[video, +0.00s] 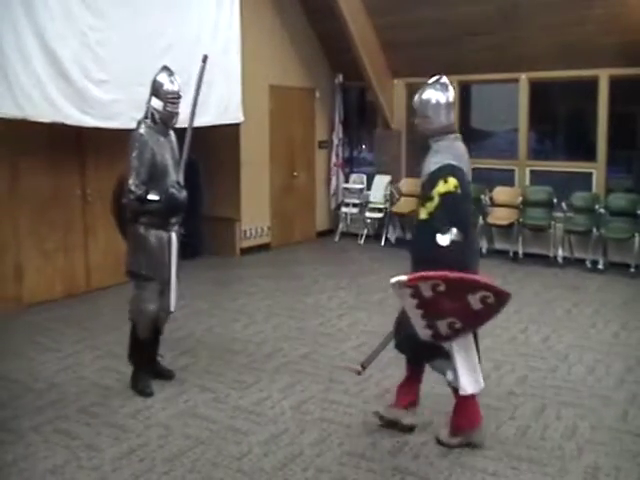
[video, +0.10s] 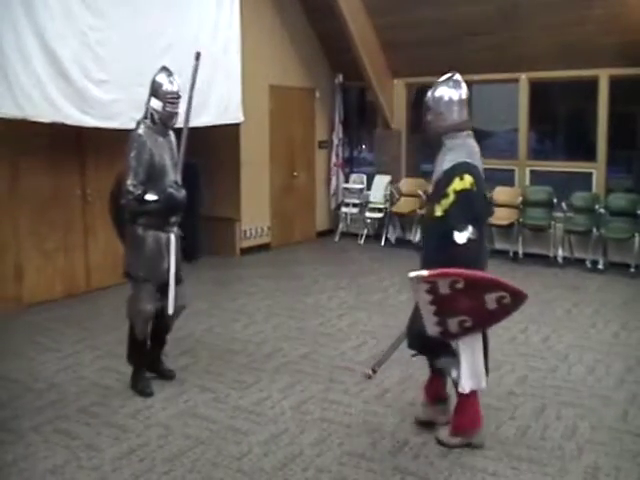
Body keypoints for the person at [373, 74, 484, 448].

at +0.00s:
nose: (418, 123)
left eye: (425, 115)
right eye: (418, 115)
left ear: (441, 117)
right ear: (439, 119)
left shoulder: (444, 164)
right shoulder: (441, 154)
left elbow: (447, 230)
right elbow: (436, 223)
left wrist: (425, 278)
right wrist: (422, 263)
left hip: (447, 269)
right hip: (436, 264)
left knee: (455, 344)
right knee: (415, 335)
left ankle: (467, 419)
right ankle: (404, 405)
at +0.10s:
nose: (428, 120)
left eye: (435, 113)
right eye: (428, 112)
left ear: (454, 114)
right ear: (449, 117)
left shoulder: (460, 164)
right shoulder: (449, 156)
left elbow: (462, 234)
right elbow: (444, 225)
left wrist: (455, 287)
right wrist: (431, 269)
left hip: (458, 272)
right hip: (443, 266)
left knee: (462, 344)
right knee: (428, 334)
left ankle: (468, 420)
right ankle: (438, 398)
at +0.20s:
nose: (441, 116)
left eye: (450, 110)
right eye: (441, 109)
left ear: (470, 114)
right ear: (448, 114)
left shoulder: (473, 164)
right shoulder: (458, 156)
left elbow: (479, 237)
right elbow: (457, 228)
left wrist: (472, 291)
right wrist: (442, 280)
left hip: (467, 274)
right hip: (453, 269)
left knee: (471, 342)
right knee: (445, 343)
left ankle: (467, 423)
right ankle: (476, 395)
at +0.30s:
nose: (452, 116)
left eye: (461, 110)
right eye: (452, 109)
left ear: (481, 115)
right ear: (461, 112)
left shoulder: (485, 161)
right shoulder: (469, 155)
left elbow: (490, 229)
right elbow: (465, 222)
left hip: (477, 270)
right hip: (461, 265)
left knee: (476, 344)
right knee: (452, 342)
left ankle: (468, 426)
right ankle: (510, 393)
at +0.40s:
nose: (469, 117)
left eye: (476, 110)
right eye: (469, 109)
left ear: (495, 115)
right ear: (476, 112)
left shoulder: (497, 157)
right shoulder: (484, 153)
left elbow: (500, 222)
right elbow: (480, 214)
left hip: (485, 264)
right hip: (479, 259)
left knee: (471, 341)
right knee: (503, 334)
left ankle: (468, 424)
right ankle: (531, 402)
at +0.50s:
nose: (478, 117)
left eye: (486, 110)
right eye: (478, 110)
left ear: (505, 115)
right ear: (489, 116)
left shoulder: (507, 161)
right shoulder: (499, 155)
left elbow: (504, 224)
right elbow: (494, 214)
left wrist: (481, 273)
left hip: (499, 265)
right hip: (507, 261)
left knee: (479, 342)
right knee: (518, 335)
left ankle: (469, 424)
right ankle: (538, 406)